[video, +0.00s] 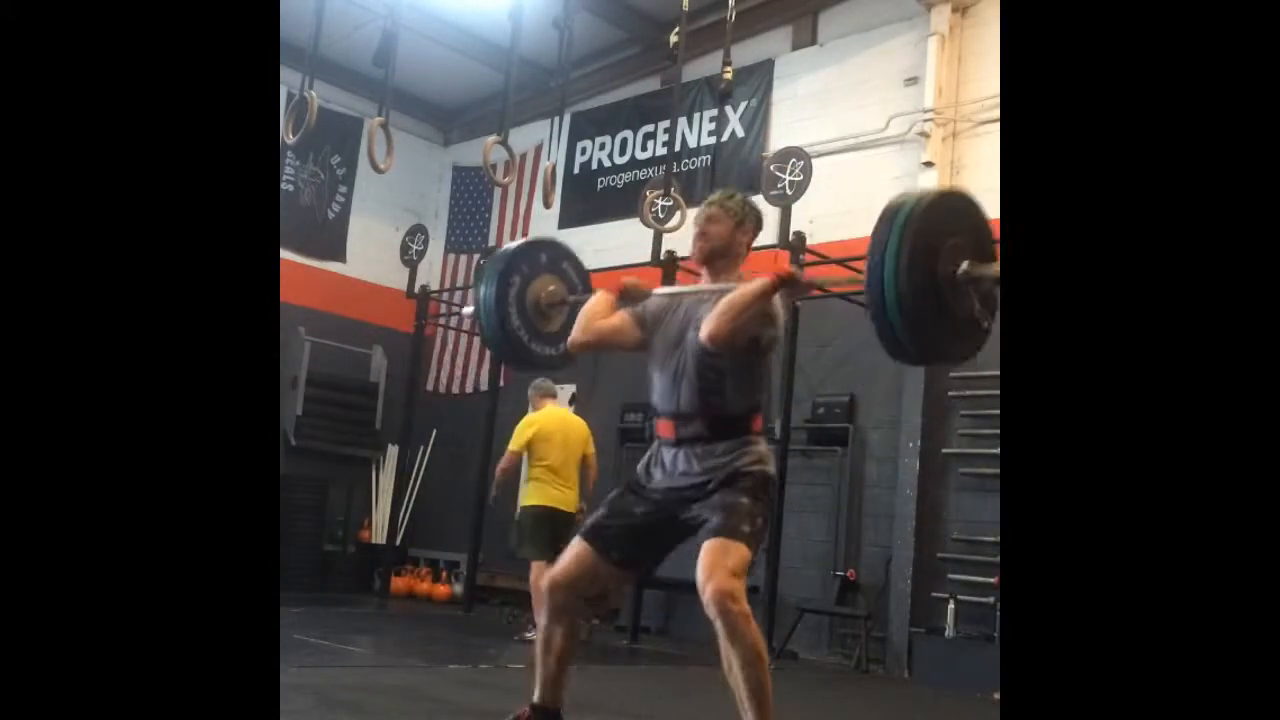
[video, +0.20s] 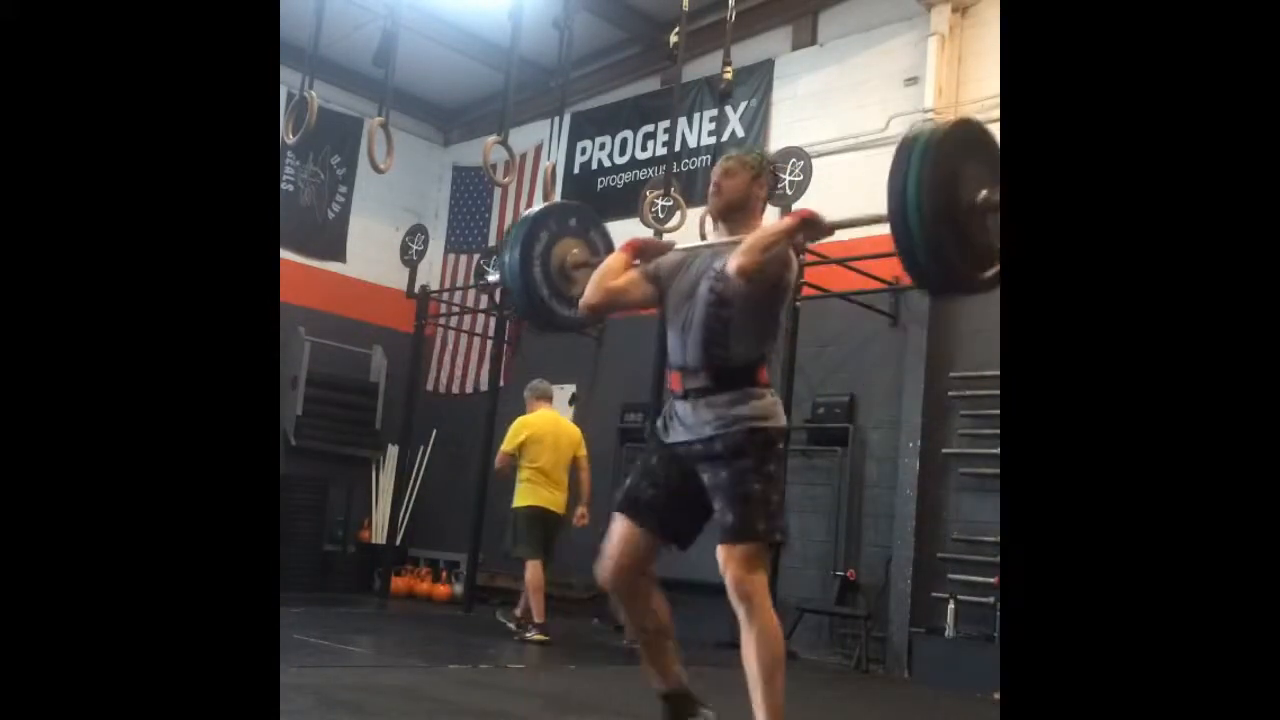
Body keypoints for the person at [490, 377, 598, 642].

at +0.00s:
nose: (531, 407)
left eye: (531, 404)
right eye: (532, 404)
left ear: (536, 400)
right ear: (555, 398)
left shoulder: (533, 420)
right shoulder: (580, 424)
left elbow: (507, 464)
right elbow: (591, 467)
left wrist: (496, 487)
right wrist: (587, 500)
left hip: (536, 502)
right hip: (568, 505)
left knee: (539, 565)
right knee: (559, 565)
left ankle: (541, 626)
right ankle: (560, 623)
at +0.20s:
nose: (527, 407)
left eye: (527, 403)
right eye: (529, 403)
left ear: (531, 401)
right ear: (551, 401)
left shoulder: (525, 423)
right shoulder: (573, 430)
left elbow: (501, 461)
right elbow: (583, 468)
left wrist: (513, 467)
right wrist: (584, 503)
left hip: (529, 500)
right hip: (557, 505)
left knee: (533, 561)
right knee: (537, 562)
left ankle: (538, 623)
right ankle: (520, 614)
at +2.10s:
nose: (426, 394)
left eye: (432, 390)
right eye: (426, 390)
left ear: (445, 395)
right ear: (427, 394)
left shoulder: (447, 420)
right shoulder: (433, 420)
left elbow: (450, 456)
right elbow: (436, 456)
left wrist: (427, 449)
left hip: (433, 496)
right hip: (417, 495)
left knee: (433, 551)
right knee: (397, 546)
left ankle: (435, 608)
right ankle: (379, 598)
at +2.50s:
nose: (397, 389)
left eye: (403, 386)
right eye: (395, 385)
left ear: (415, 390)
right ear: (393, 389)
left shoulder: (421, 417)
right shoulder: (394, 419)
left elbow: (430, 450)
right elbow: (385, 458)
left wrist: (404, 441)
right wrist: (360, 485)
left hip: (407, 493)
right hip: (385, 492)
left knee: (406, 547)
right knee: (382, 547)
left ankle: (430, 601)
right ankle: (374, 600)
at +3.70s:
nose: (377, 381)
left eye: (382, 378)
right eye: (373, 376)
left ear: (389, 382)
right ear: (364, 379)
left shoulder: (392, 413)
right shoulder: (353, 409)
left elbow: (402, 451)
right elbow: (339, 446)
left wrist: (374, 438)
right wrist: (326, 480)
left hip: (366, 484)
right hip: (339, 482)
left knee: (350, 541)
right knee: (324, 539)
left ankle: (342, 598)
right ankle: (357, 577)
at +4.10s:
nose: (365, 378)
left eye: (371, 375)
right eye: (361, 373)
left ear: (379, 380)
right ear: (352, 377)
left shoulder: (386, 412)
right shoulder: (337, 408)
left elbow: (401, 451)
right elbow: (322, 444)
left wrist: (370, 439)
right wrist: (311, 479)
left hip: (363, 489)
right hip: (329, 485)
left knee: (355, 545)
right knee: (308, 540)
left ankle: (342, 600)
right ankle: (283, 593)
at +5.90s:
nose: (342, 366)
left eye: (346, 362)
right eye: (337, 360)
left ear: (351, 368)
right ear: (323, 363)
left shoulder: (361, 402)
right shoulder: (302, 398)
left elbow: (375, 439)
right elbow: (285, 437)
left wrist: (357, 436)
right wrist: (282, 464)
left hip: (338, 486)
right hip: (299, 483)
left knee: (324, 541)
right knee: (286, 543)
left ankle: (312, 604)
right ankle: (283, 598)